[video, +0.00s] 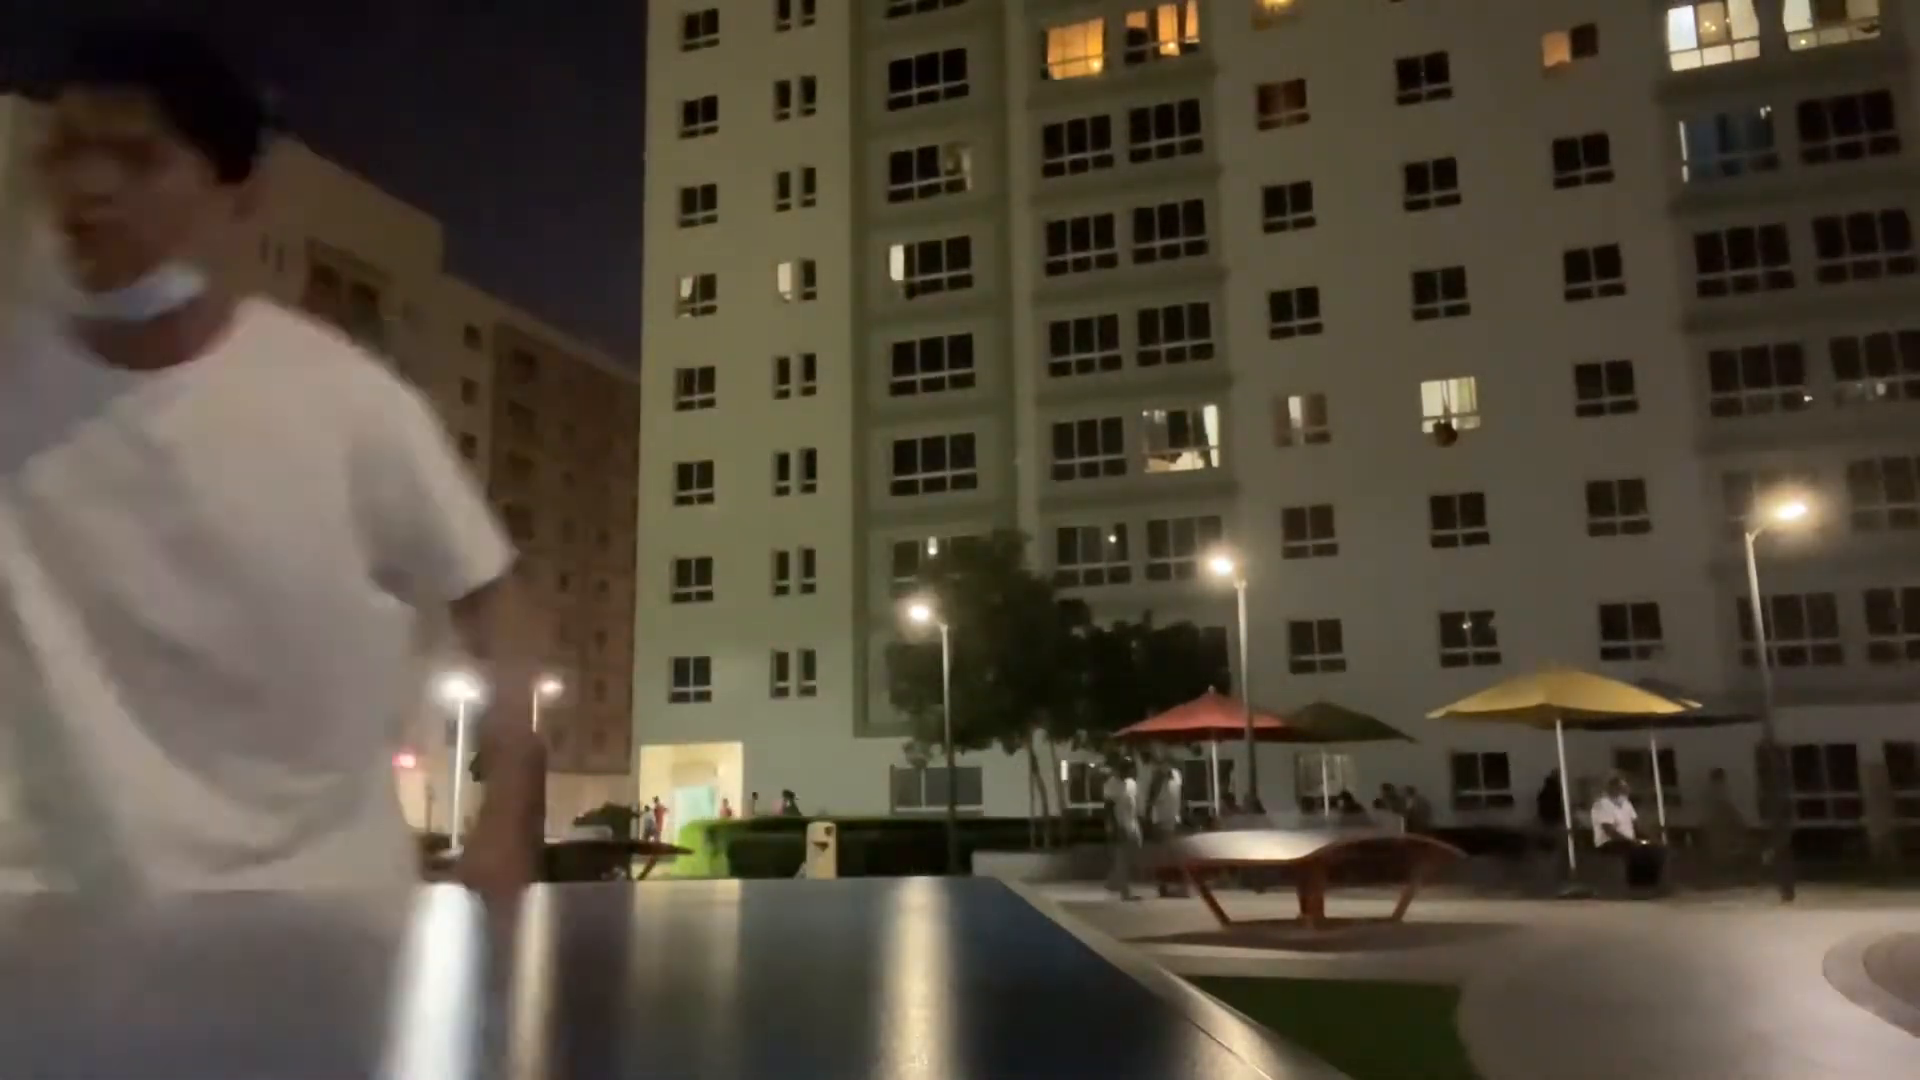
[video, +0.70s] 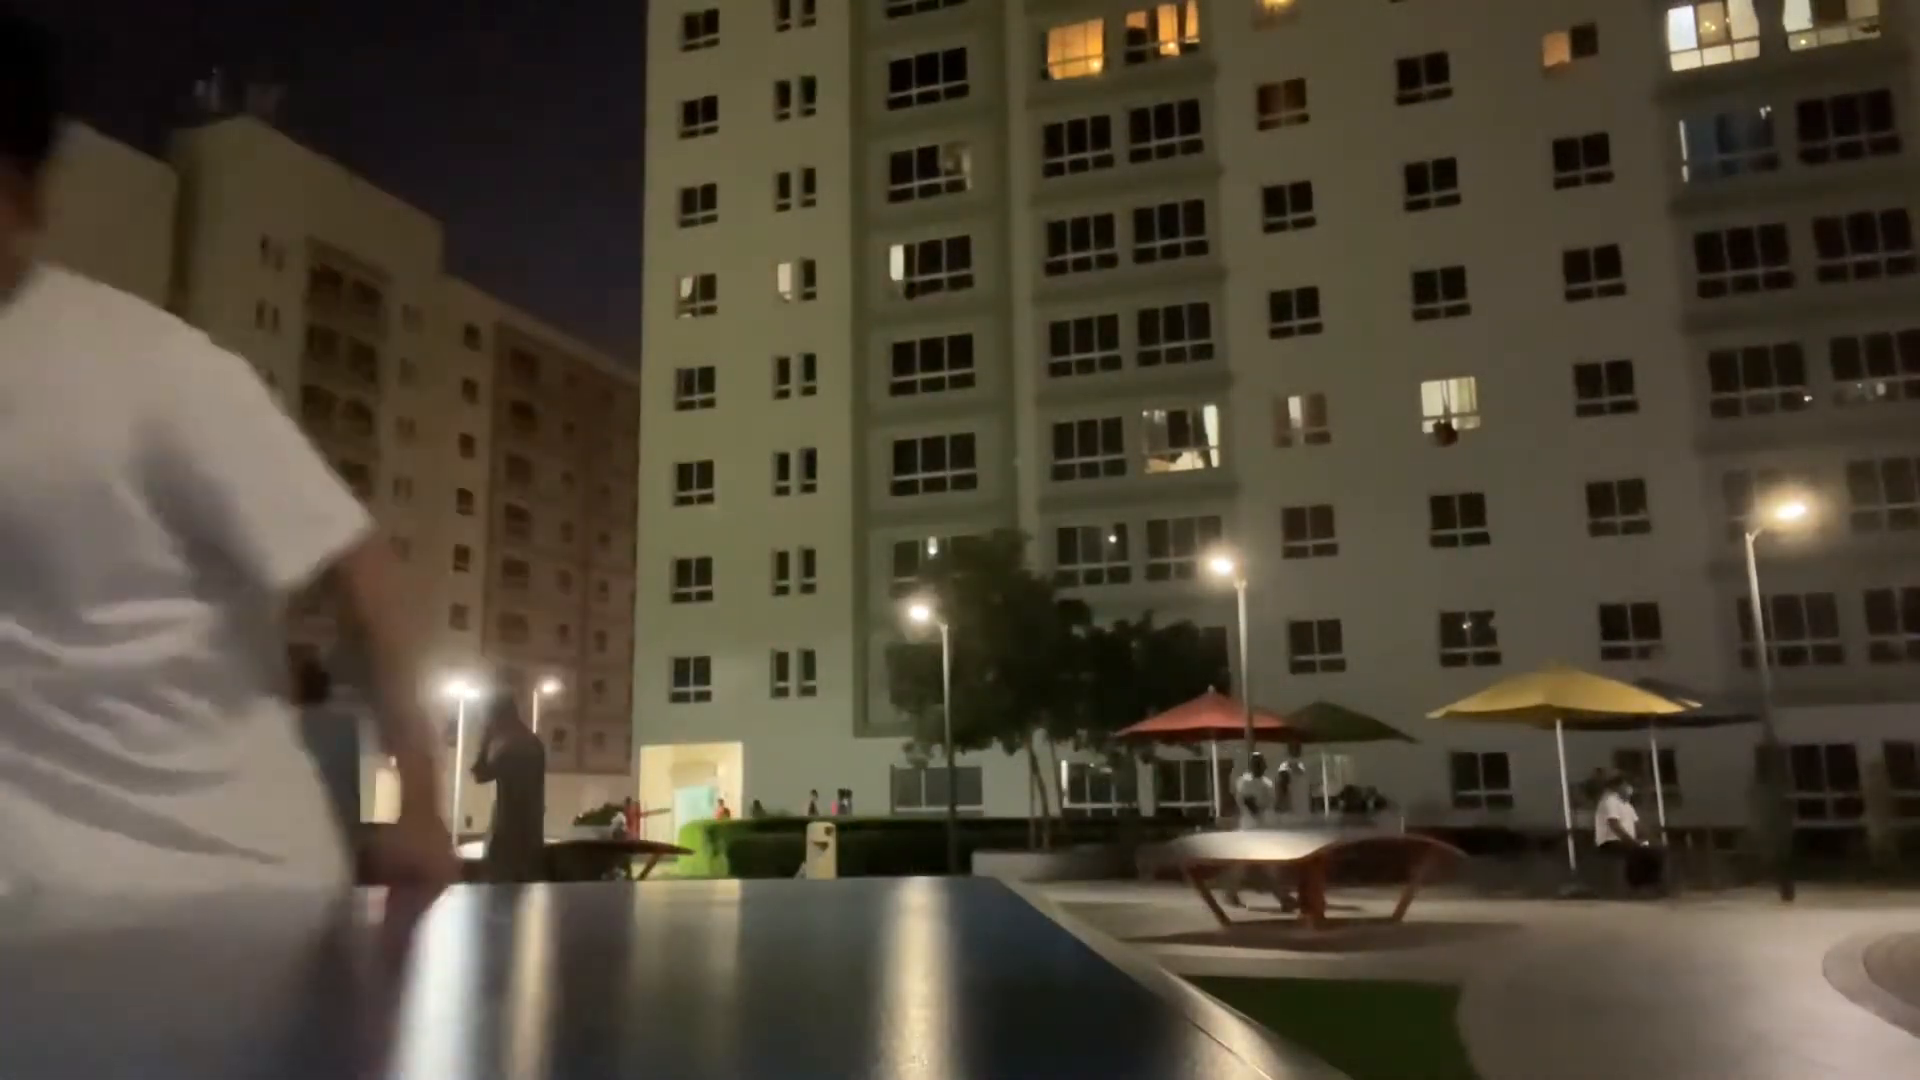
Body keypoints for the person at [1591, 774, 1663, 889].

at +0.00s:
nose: (1625, 789)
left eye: (1625, 785)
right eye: (1622, 786)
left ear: (1626, 788)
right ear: (1613, 787)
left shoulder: (1624, 801)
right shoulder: (1602, 804)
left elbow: (1634, 822)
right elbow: (1608, 829)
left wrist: (1646, 836)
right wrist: (1632, 841)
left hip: (1628, 840)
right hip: (1609, 842)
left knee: (1655, 850)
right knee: (1638, 853)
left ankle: (1651, 887)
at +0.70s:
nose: (1631, 790)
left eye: (1631, 787)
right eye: (1627, 786)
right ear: (1619, 786)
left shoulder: (1626, 803)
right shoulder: (1610, 799)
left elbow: (1636, 822)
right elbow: (1613, 822)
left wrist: (1647, 835)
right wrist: (1633, 841)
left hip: (1627, 841)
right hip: (1611, 843)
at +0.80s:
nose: (1630, 790)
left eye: (1630, 786)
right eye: (1627, 786)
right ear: (1618, 786)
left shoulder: (1626, 803)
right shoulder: (1610, 799)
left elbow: (1636, 822)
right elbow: (1613, 822)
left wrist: (1646, 836)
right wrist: (1633, 841)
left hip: (1626, 842)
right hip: (1611, 843)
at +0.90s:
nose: (1630, 790)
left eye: (1630, 786)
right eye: (1626, 786)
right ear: (1618, 787)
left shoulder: (1626, 804)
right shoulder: (1608, 800)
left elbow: (1636, 822)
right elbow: (1612, 822)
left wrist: (1645, 836)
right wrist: (1632, 841)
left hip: (1627, 841)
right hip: (1610, 842)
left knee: (1652, 852)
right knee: (1641, 855)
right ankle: (1638, 888)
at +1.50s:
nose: (1626, 791)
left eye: (1627, 787)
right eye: (1622, 787)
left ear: (1629, 790)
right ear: (1614, 789)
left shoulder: (1626, 803)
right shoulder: (1607, 802)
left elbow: (1637, 821)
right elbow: (1610, 824)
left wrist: (1650, 835)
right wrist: (1631, 841)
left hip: (1629, 840)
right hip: (1609, 842)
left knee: (1653, 851)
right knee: (1637, 853)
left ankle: (1653, 885)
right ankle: (1637, 887)